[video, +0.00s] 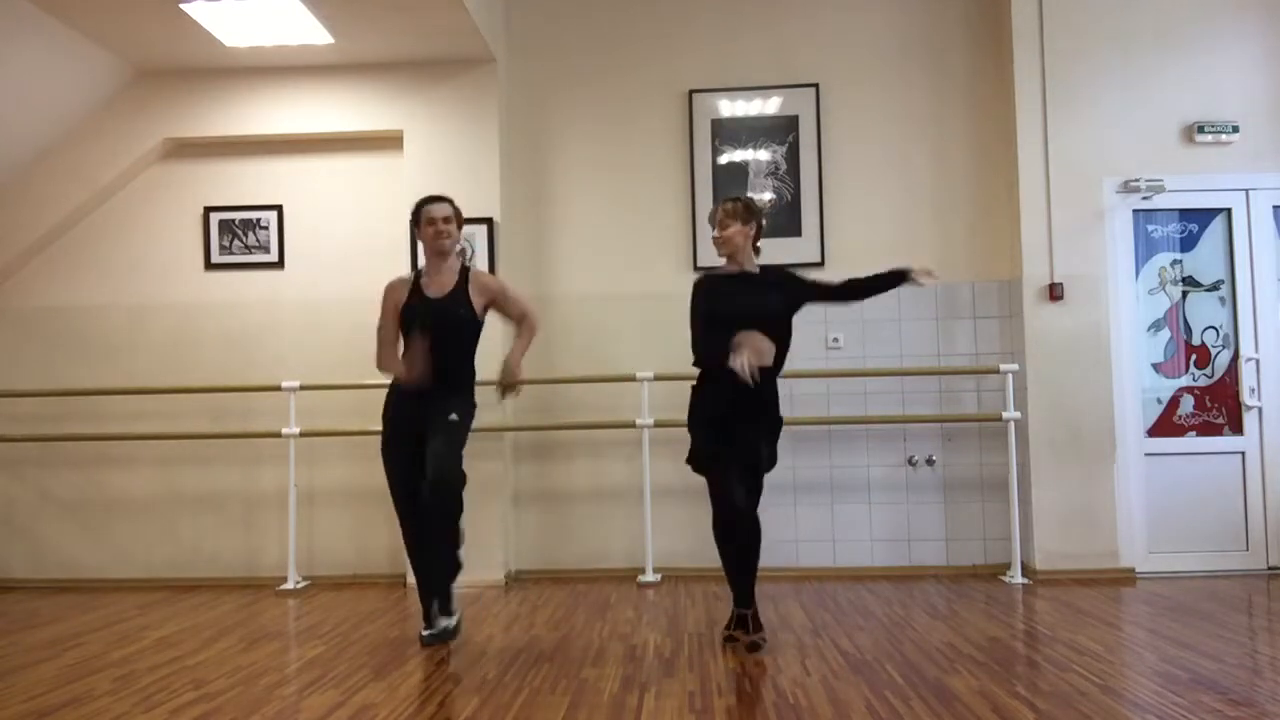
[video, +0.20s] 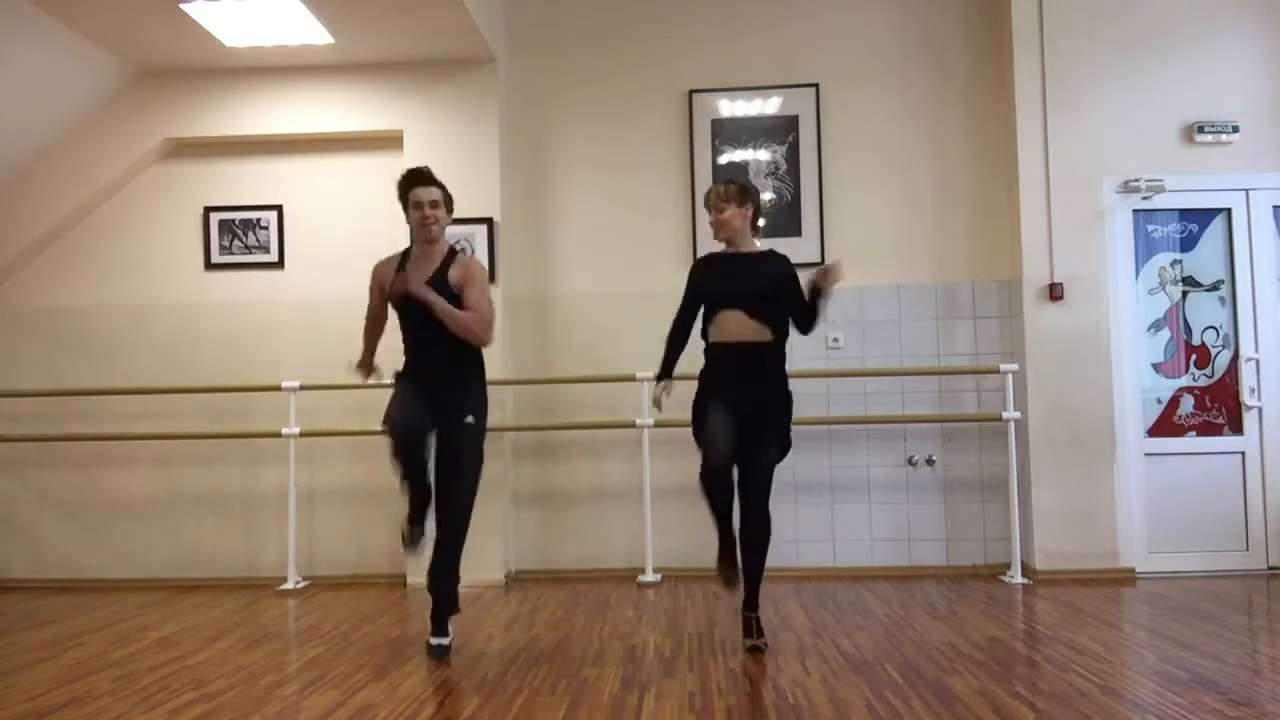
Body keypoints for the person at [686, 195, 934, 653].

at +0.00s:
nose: (718, 232)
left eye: (727, 225)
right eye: (716, 226)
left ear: (752, 230)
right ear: (716, 233)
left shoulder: (782, 283)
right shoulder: (707, 286)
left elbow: (844, 291)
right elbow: (701, 349)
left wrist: (902, 275)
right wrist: (734, 345)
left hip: (758, 410)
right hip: (712, 408)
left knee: (743, 508)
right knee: (727, 507)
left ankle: (744, 609)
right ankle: (744, 609)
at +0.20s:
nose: (714, 217)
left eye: (722, 209)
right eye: (711, 211)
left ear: (749, 213)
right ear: (713, 219)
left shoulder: (777, 264)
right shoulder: (705, 268)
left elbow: (804, 323)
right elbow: (683, 323)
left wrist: (817, 290)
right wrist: (666, 373)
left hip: (766, 380)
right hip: (718, 380)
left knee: (756, 496)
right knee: (716, 461)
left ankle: (751, 609)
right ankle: (726, 539)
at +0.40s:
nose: (720, 234)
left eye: (728, 226)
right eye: (716, 227)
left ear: (753, 230)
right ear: (714, 234)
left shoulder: (772, 286)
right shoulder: (712, 286)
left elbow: (763, 339)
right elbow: (698, 337)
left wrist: (731, 298)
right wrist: (676, 383)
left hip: (762, 389)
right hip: (718, 387)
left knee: (757, 496)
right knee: (739, 452)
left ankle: (747, 610)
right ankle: (744, 558)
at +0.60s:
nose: (730, 217)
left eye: (739, 208)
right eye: (726, 210)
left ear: (761, 214)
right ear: (722, 218)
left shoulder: (780, 268)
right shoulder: (716, 270)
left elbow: (769, 326)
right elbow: (701, 321)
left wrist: (734, 269)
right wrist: (680, 360)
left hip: (765, 385)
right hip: (718, 377)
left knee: (753, 506)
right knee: (727, 422)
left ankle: (743, 611)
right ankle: (717, 525)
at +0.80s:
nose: (732, 230)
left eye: (741, 221)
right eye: (728, 222)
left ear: (766, 224)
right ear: (726, 229)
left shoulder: (796, 280)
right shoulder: (723, 285)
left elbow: (816, 344)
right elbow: (689, 333)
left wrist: (782, 363)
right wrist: (645, 363)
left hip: (776, 415)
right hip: (724, 406)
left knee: (762, 516)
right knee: (681, 492)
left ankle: (739, 618)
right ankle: (624, 583)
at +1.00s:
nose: (749, 220)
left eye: (758, 214)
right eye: (741, 214)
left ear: (773, 223)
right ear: (732, 224)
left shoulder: (799, 273)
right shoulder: (720, 278)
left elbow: (831, 308)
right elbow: (693, 331)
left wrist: (831, 346)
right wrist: (698, 335)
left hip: (776, 397)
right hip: (726, 394)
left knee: (758, 507)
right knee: (728, 502)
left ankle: (742, 615)